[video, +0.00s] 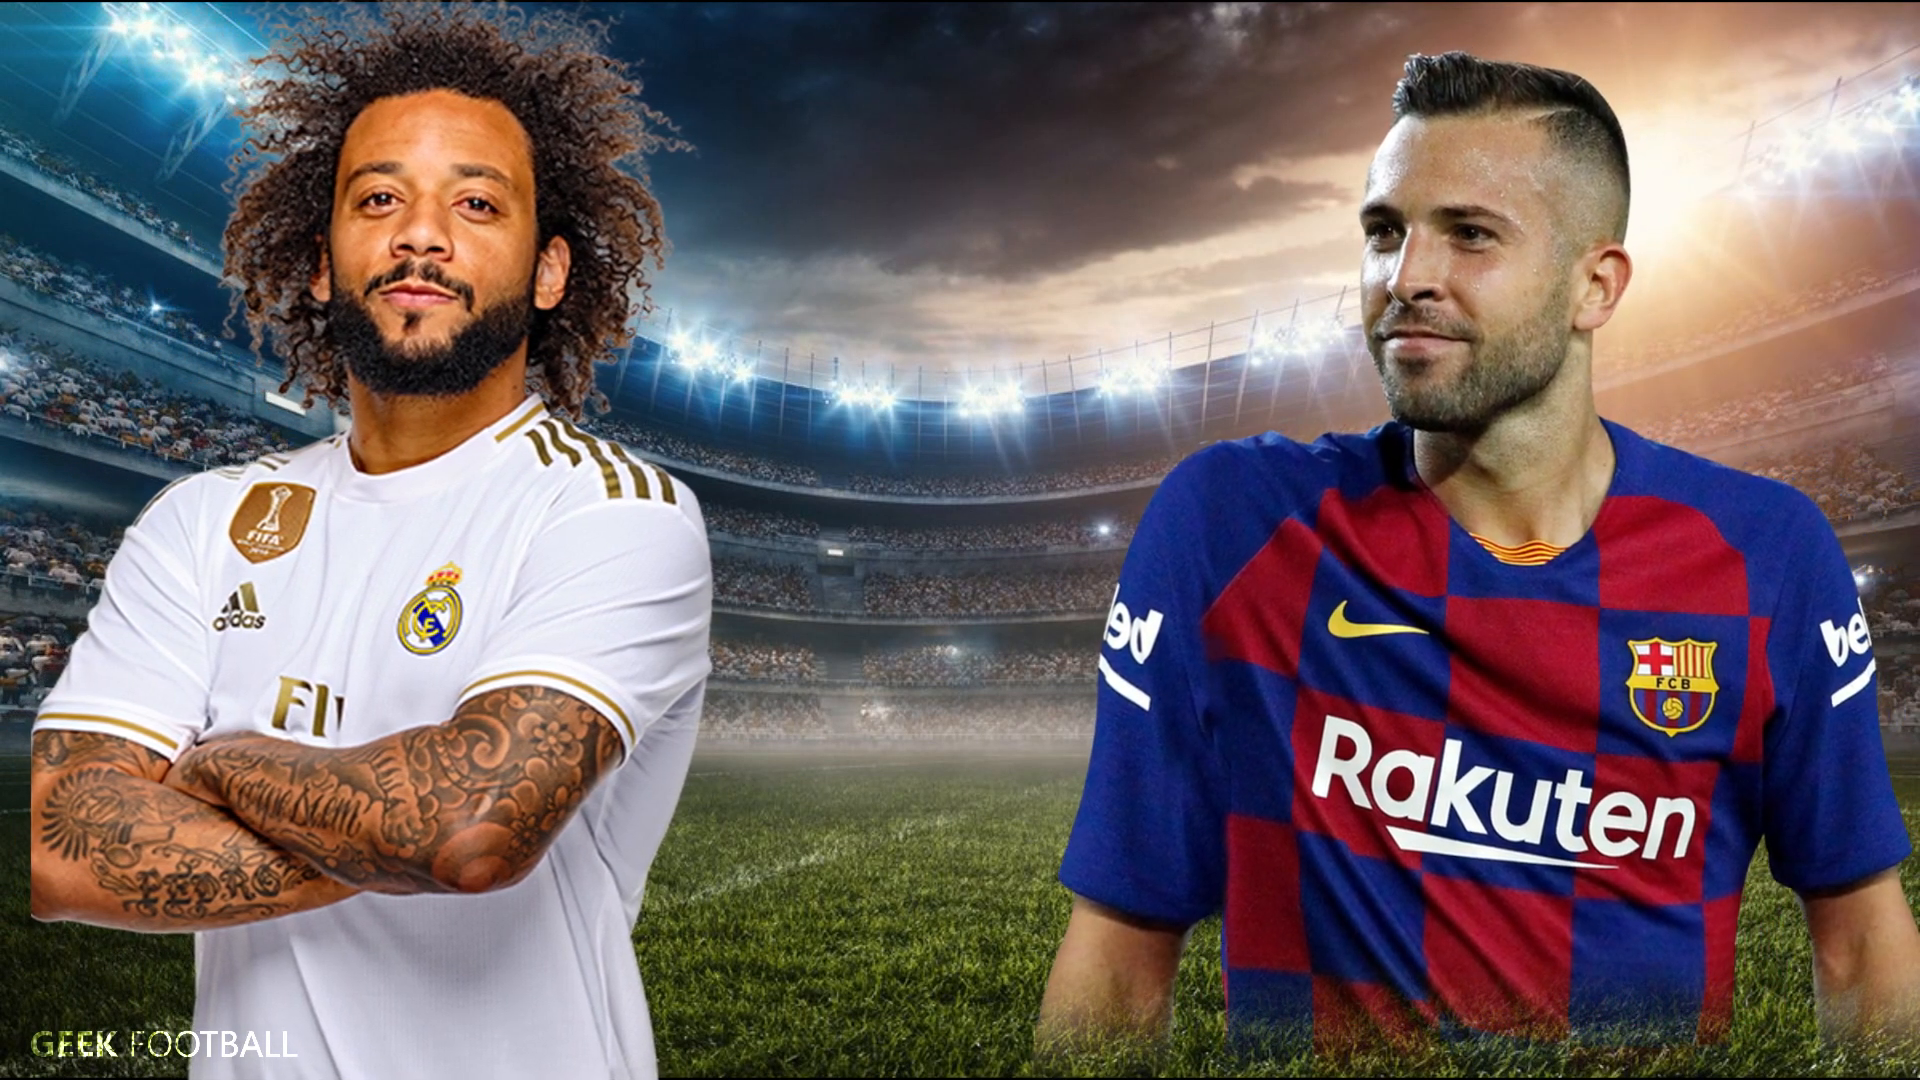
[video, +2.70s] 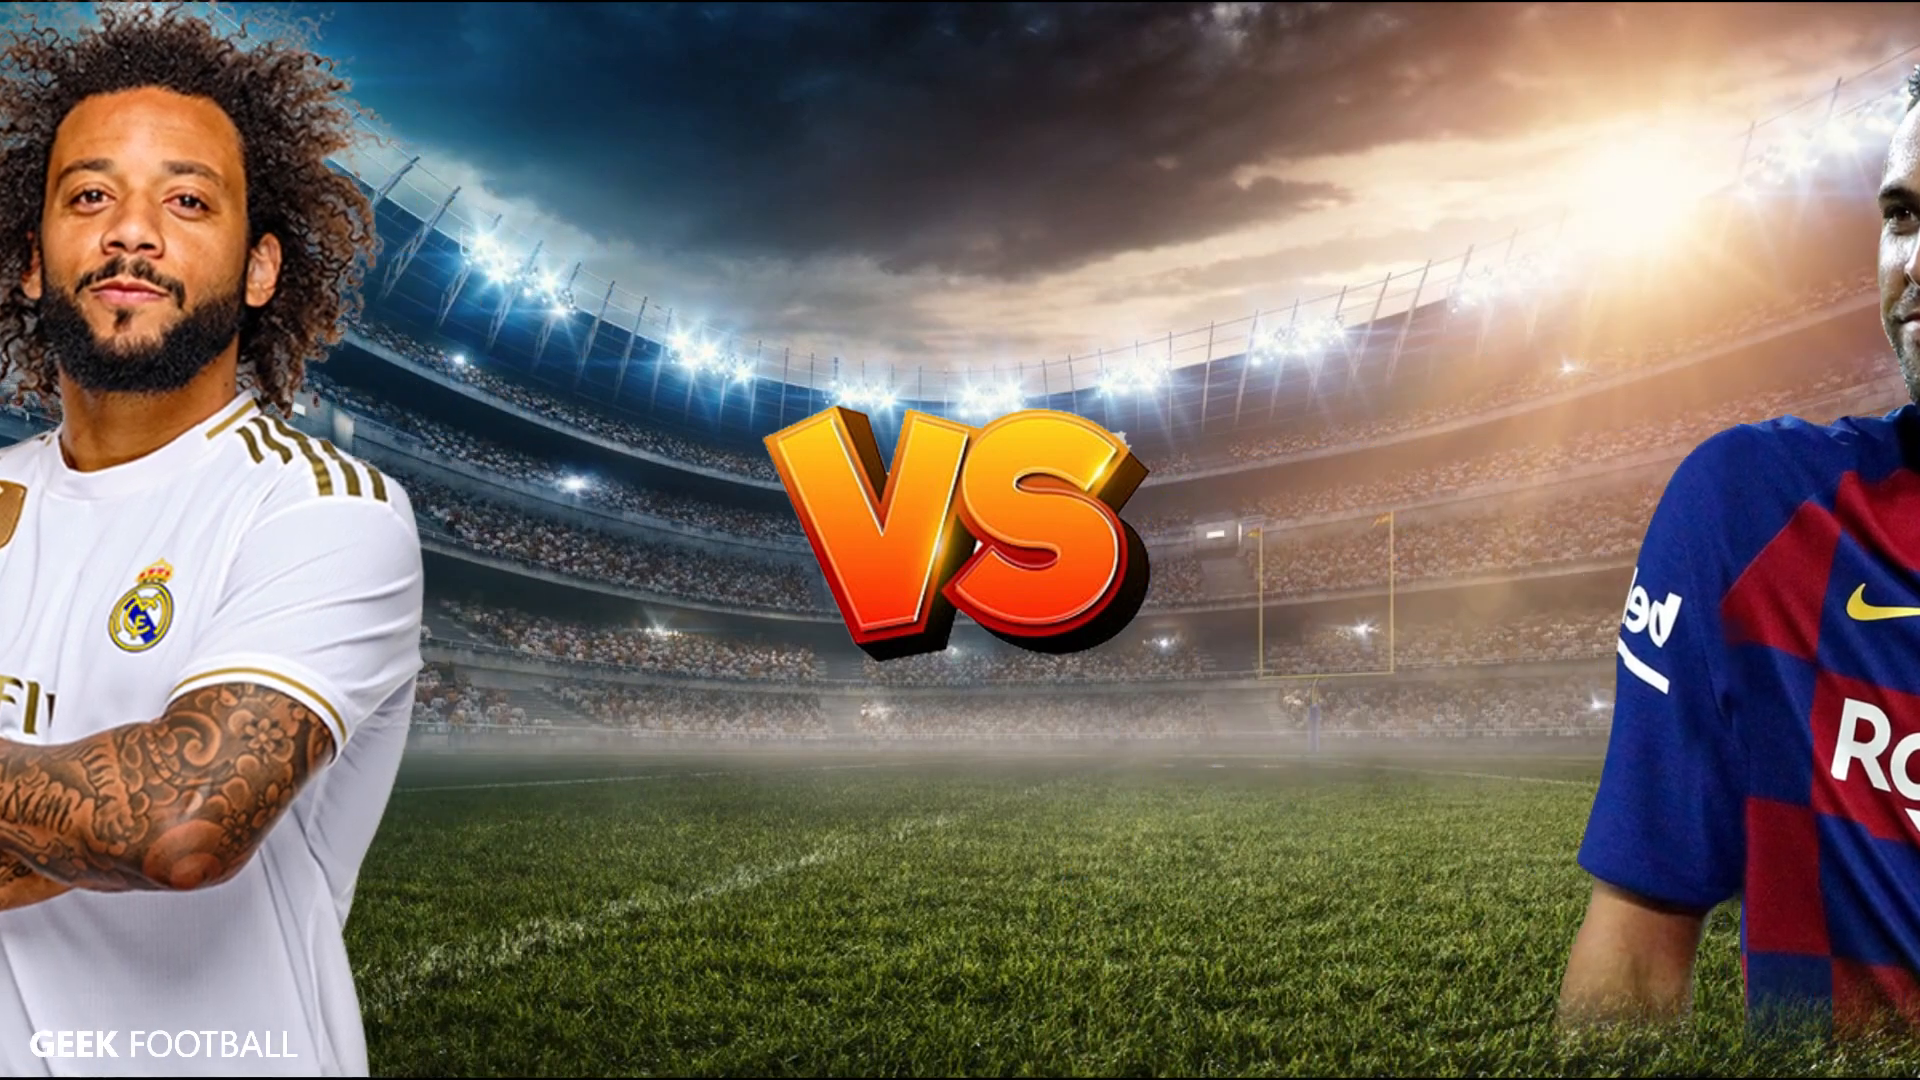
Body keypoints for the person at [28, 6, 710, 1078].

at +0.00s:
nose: (422, 238)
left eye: (478, 204)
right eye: (379, 199)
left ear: (546, 273)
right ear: (325, 260)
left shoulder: (621, 518)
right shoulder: (201, 522)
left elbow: (475, 825)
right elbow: (73, 856)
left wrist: (210, 761)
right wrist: (396, 829)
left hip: (531, 1063)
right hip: (252, 1062)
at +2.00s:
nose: (363, 237)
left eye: (418, 203)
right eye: (320, 200)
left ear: (487, 271)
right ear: (268, 259)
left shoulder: (562, 518)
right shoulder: (141, 520)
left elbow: (416, 823)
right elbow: (20, 852)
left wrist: (161, 760)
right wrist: (332, 830)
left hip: (473, 1062)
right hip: (193, 1061)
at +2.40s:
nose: (260, 234)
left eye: (317, 203)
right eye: (219, 198)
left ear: (386, 273)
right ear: (163, 262)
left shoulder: (462, 516)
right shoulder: (39, 521)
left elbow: (314, 824)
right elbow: (7, 875)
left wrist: (43, 760)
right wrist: (241, 821)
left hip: (367, 1063)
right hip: (90, 1063)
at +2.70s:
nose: (130, 232)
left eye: (186, 200)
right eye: (89, 198)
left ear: (256, 268)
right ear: (36, 258)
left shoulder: (330, 514)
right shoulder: (5, 492)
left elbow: (185, 820)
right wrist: (108, 809)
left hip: (237, 1057)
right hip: (18, 1053)